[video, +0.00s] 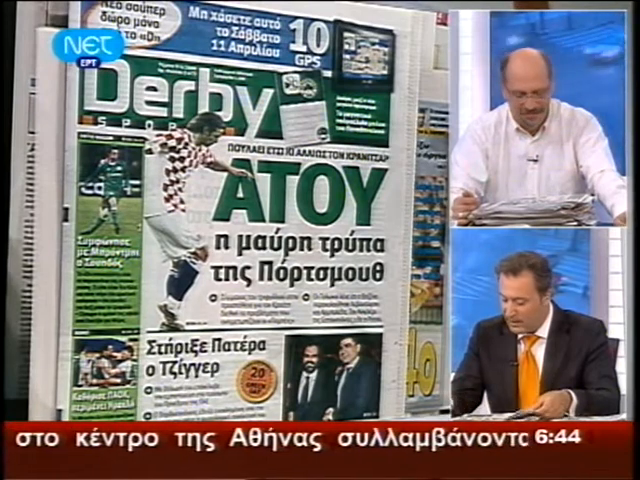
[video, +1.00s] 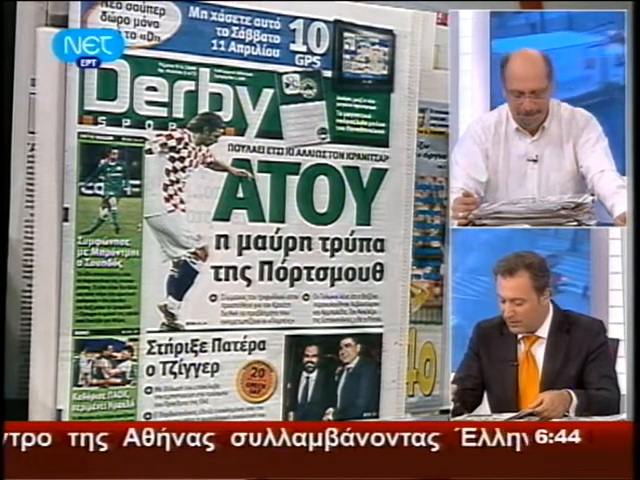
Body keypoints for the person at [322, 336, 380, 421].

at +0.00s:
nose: (343, 351)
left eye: (347, 346)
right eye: (341, 348)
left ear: (358, 348)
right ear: (339, 351)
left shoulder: (367, 368)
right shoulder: (341, 371)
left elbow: (361, 407)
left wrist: (335, 416)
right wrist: (332, 410)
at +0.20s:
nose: (343, 351)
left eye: (347, 346)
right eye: (341, 348)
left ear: (358, 348)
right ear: (339, 351)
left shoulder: (367, 368)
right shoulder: (341, 371)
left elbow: (361, 407)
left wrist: (335, 416)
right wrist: (332, 410)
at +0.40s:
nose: (343, 351)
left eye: (347, 346)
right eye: (341, 348)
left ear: (358, 348)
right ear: (339, 351)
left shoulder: (367, 368)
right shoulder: (341, 371)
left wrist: (335, 416)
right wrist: (332, 410)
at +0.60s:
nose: (343, 351)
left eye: (347, 346)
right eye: (341, 348)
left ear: (358, 348)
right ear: (339, 351)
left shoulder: (367, 368)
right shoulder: (341, 371)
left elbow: (361, 407)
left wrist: (335, 416)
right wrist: (332, 410)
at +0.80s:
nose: (343, 351)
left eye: (347, 346)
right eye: (341, 348)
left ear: (358, 348)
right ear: (339, 351)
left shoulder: (367, 368)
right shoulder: (341, 371)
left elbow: (361, 408)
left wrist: (335, 416)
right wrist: (331, 410)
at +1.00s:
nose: (343, 351)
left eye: (347, 346)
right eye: (341, 348)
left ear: (358, 348)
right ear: (339, 351)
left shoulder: (367, 368)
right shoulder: (341, 371)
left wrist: (335, 416)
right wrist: (332, 410)